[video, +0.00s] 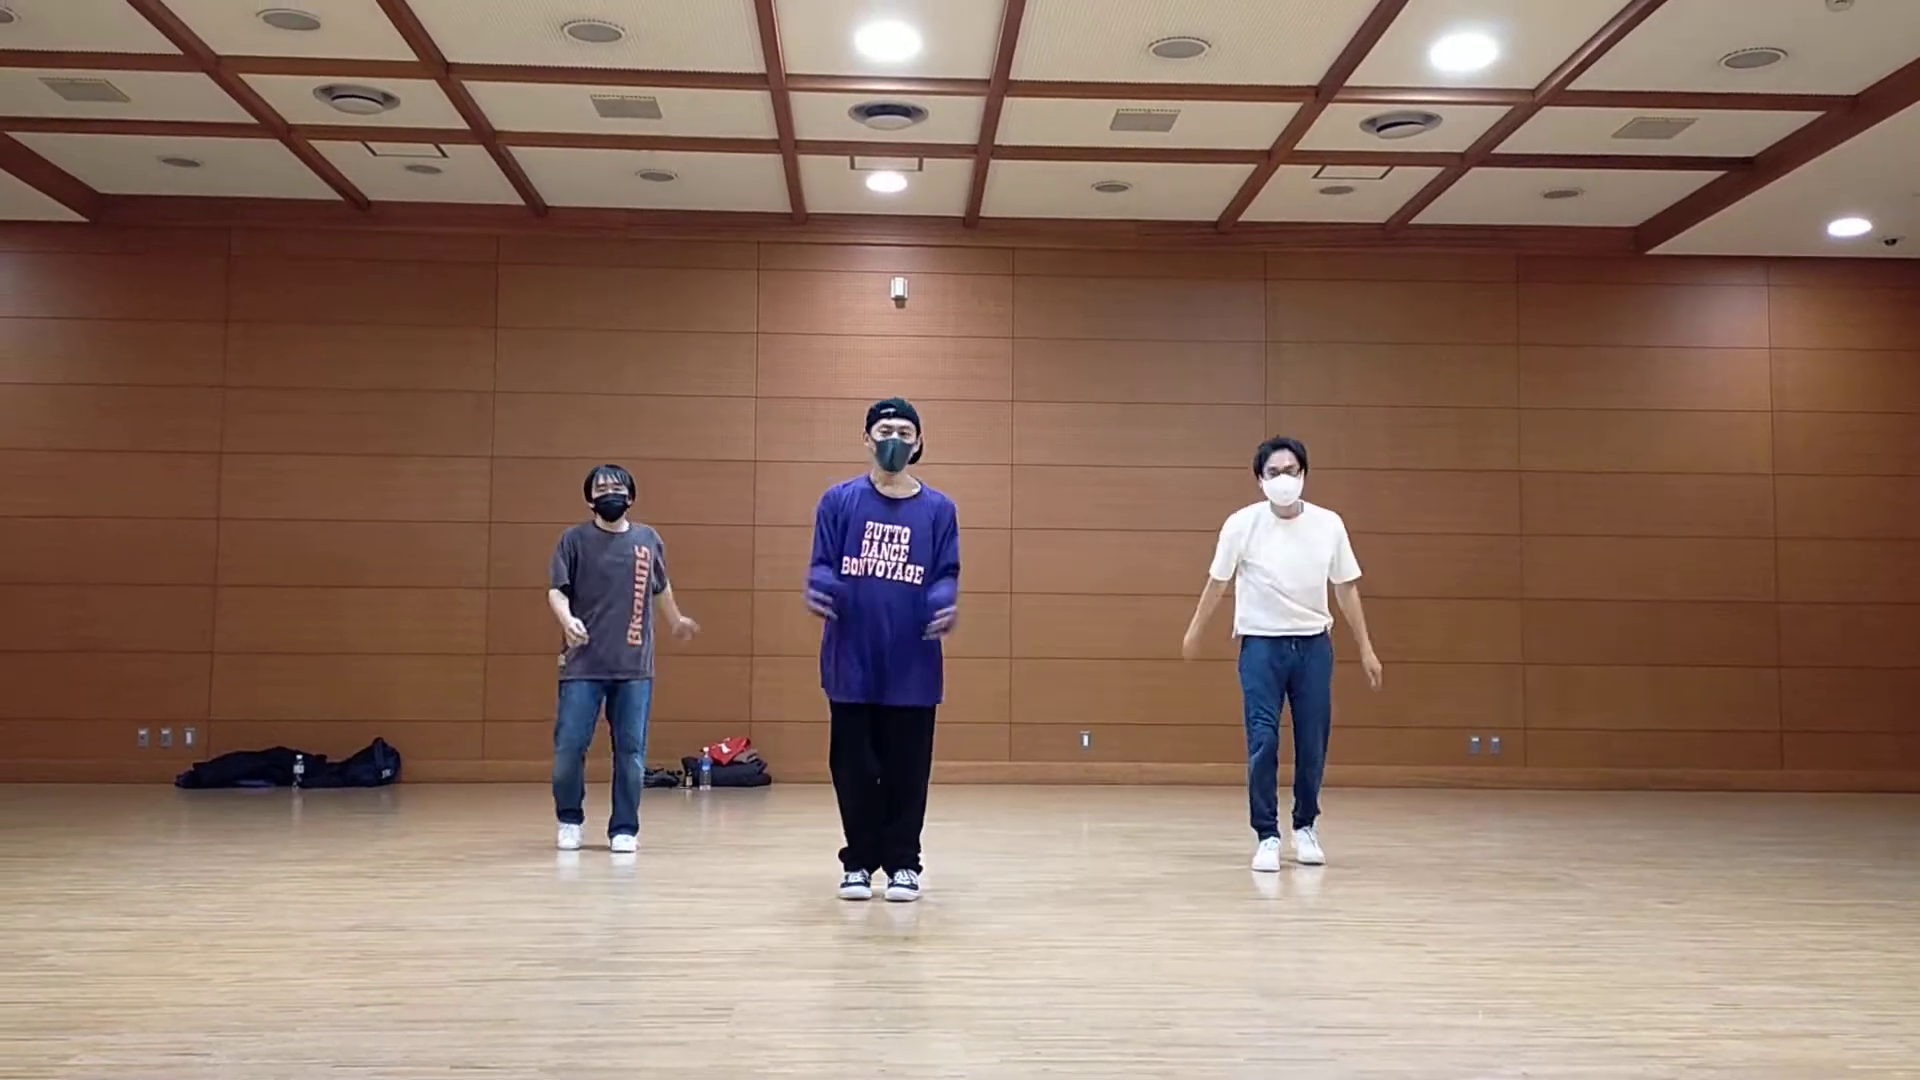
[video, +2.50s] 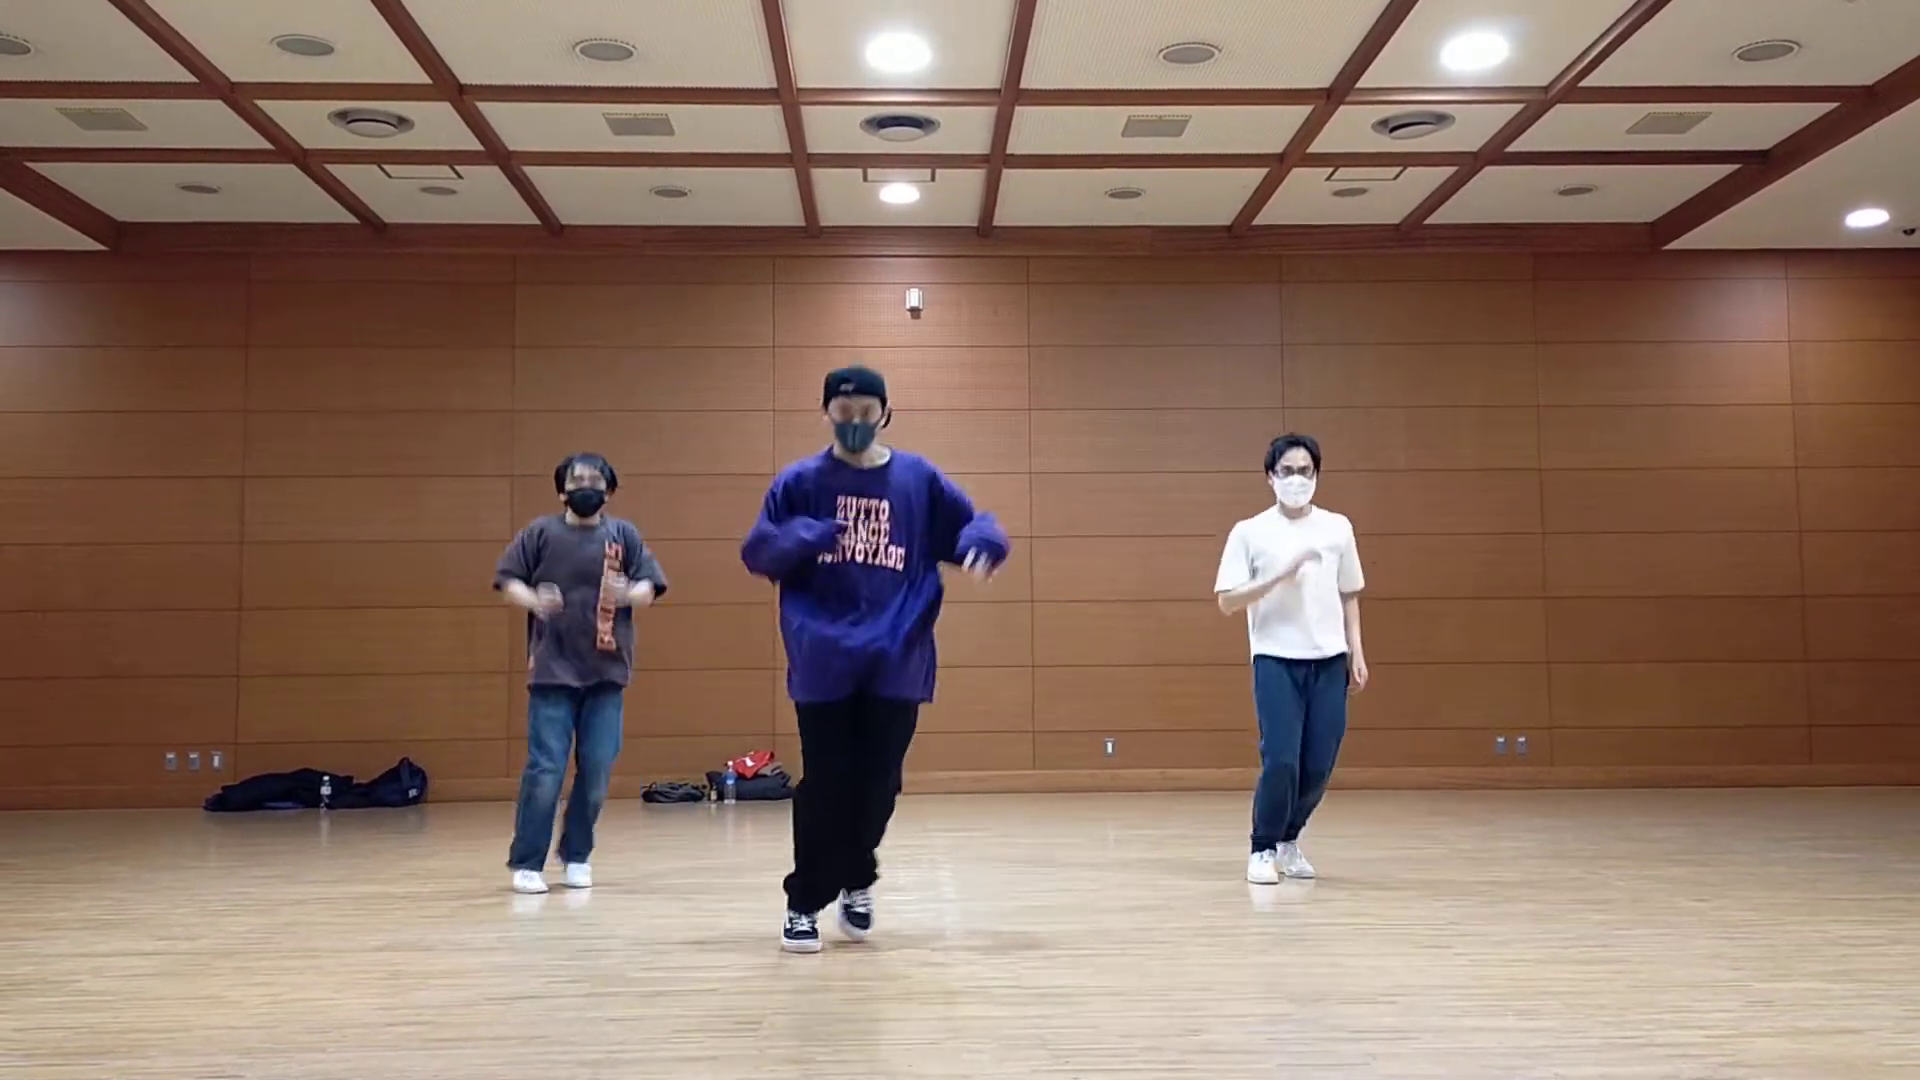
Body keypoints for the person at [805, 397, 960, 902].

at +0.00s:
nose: (894, 437)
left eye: (904, 431)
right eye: (885, 430)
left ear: (917, 444)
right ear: (868, 440)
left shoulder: (939, 508)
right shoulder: (838, 500)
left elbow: (946, 573)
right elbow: (821, 567)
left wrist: (942, 606)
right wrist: (819, 591)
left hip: (912, 663)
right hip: (851, 659)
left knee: (907, 766)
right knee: (854, 764)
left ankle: (904, 865)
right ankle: (858, 864)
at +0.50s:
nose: (880, 441)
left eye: (891, 435)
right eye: (871, 434)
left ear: (905, 449)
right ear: (856, 447)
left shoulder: (931, 514)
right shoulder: (831, 512)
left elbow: (937, 593)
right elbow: (809, 589)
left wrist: (942, 645)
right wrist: (818, 637)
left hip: (907, 671)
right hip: (846, 670)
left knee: (905, 776)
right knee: (844, 774)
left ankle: (902, 871)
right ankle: (857, 868)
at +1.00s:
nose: (894, 474)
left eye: (905, 467)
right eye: (886, 465)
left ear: (922, 475)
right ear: (873, 471)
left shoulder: (950, 534)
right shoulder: (844, 526)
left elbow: (988, 580)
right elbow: (793, 569)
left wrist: (995, 619)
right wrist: (785, 601)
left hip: (922, 675)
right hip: (858, 672)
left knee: (908, 779)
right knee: (866, 768)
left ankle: (898, 869)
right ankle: (867, 868)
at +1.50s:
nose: (896, 431)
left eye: (906, 423)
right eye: (886, 424)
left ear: (924, 435)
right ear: (871, 435)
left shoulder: (950, 491)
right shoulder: (844, 492)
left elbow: (958, 560)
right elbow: (832, 561)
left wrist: (906, 586)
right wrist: (884, 587)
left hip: (929, 663)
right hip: (863, 665)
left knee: (924, 774)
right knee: (877, 776)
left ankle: (923, 888)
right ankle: (875, 896)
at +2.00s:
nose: (903, 426)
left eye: (915, 420)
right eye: (893, 419)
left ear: (934, 439)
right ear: (877, 436)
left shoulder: (964, 511)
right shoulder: (845, 509)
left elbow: (1018, 580)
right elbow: (787, 580)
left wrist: (1073, 617)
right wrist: (741, 636)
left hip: (938, 687)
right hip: (857, 687)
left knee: (986, 791)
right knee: (809, 798)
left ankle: (1051, 900)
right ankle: (747, 904)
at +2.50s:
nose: (853, 414)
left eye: (865, 404)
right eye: (843, 405)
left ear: (884, 412)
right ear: (827, 413)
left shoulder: (917, 478)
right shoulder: (801, 481)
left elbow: (970, 525)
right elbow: (758, 554)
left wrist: (984, 540)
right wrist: (809, 534)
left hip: (897, 658)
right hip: (822, 657)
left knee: (879, 781)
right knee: (826, 779)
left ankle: (860, 880)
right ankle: (803, 904)